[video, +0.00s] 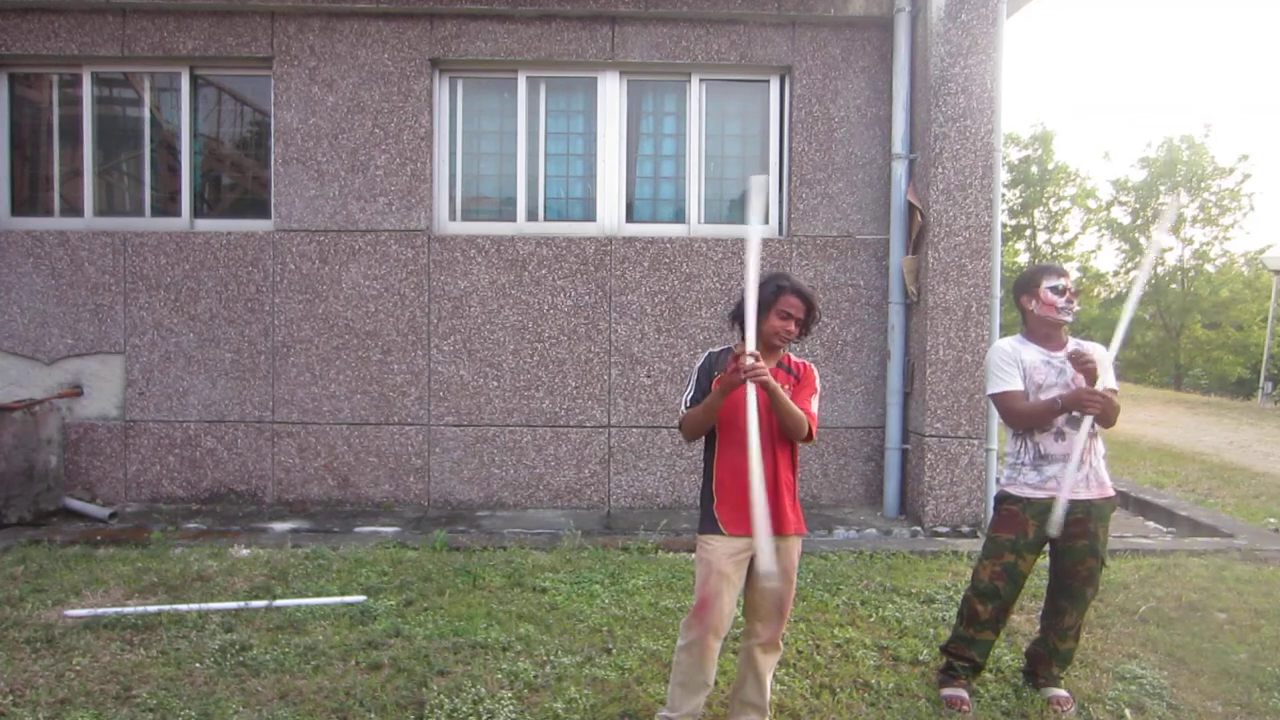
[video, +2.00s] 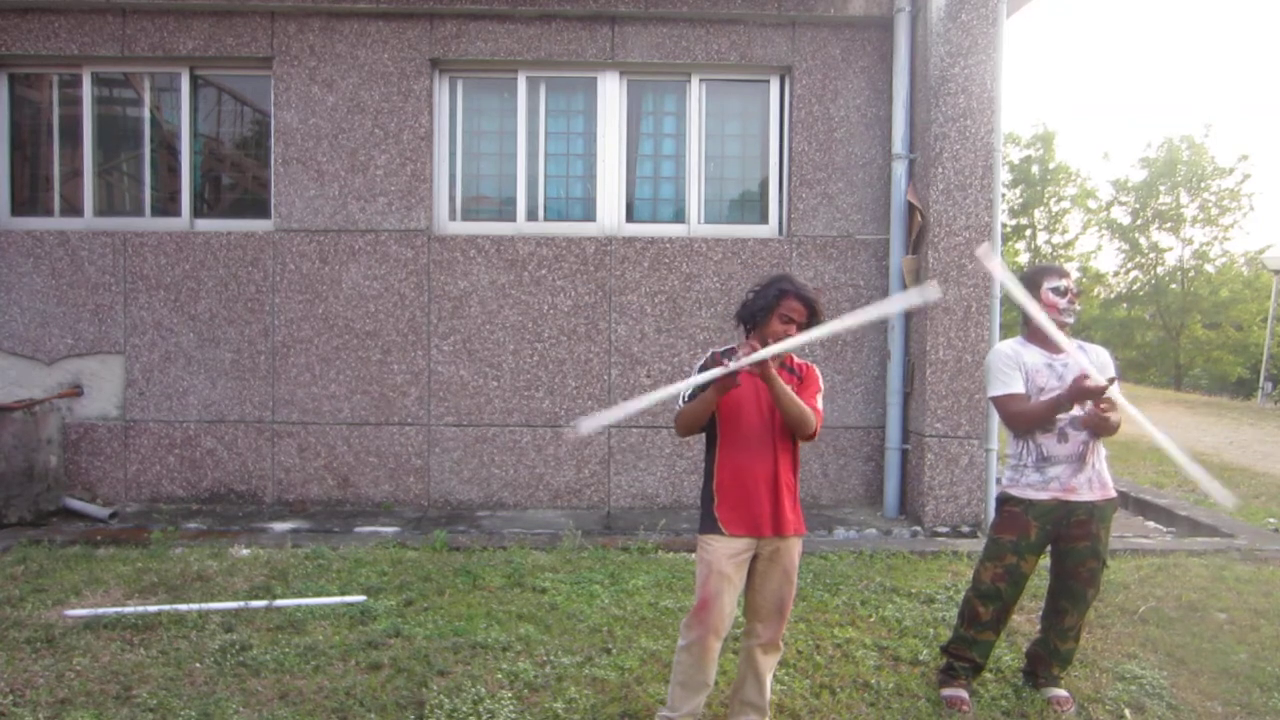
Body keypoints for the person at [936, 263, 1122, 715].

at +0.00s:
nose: (1069, 298)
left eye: (1072, 292)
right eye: (1057, 290)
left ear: (1075, 304)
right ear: (1027, 301)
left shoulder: (1094, 355)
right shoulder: (1005, 352)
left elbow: (1109, 417)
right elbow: (1016, 416)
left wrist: (1092, 379)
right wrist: (1067, 401)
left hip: (1087, 495)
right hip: (1026, 492)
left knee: (1075, 593)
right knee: (992, 584)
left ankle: (1045, 671)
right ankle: (956, 674)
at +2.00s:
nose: (1071, 300)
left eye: (1074, 293)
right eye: (1059, 291)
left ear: (1076, 304)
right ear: (1029, 300)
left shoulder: (1094, 356)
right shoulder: (1006, 355)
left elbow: (1110, 420)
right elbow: (1018, 421)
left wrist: (1103, 421)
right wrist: (1071, 396)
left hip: (1089, 497)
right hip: (1028, 496)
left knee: (1076, 594)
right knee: (994, 585)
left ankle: (1045, 671)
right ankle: (957, 674)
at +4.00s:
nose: (1060, 298)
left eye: (1068, 292)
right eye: (1048, 291)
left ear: (1077, 304)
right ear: (1025, 304)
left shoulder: (1095, 355)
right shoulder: (1008, 355)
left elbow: (1112, 423)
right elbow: (1021, 420)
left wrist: (1099, 393)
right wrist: (1078, 399)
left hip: (1094, 499)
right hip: (1032, 496)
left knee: (1078, 597)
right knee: (997, 586)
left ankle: (1045, 673)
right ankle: (958, 673)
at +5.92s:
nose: (1067, 297)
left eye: (1071, 292)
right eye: (1054, 290)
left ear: (1076, 305)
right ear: (1026, 303)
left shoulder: (1091, 357)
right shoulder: (1008, 356)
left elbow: (1111, 426)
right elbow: (1029, 418)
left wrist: (1117, 392)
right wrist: (1078, 380)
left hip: (1094, 498)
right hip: (1033, 497)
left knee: (1078, 597)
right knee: (997, 588)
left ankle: (1045, 673)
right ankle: (958, 675)